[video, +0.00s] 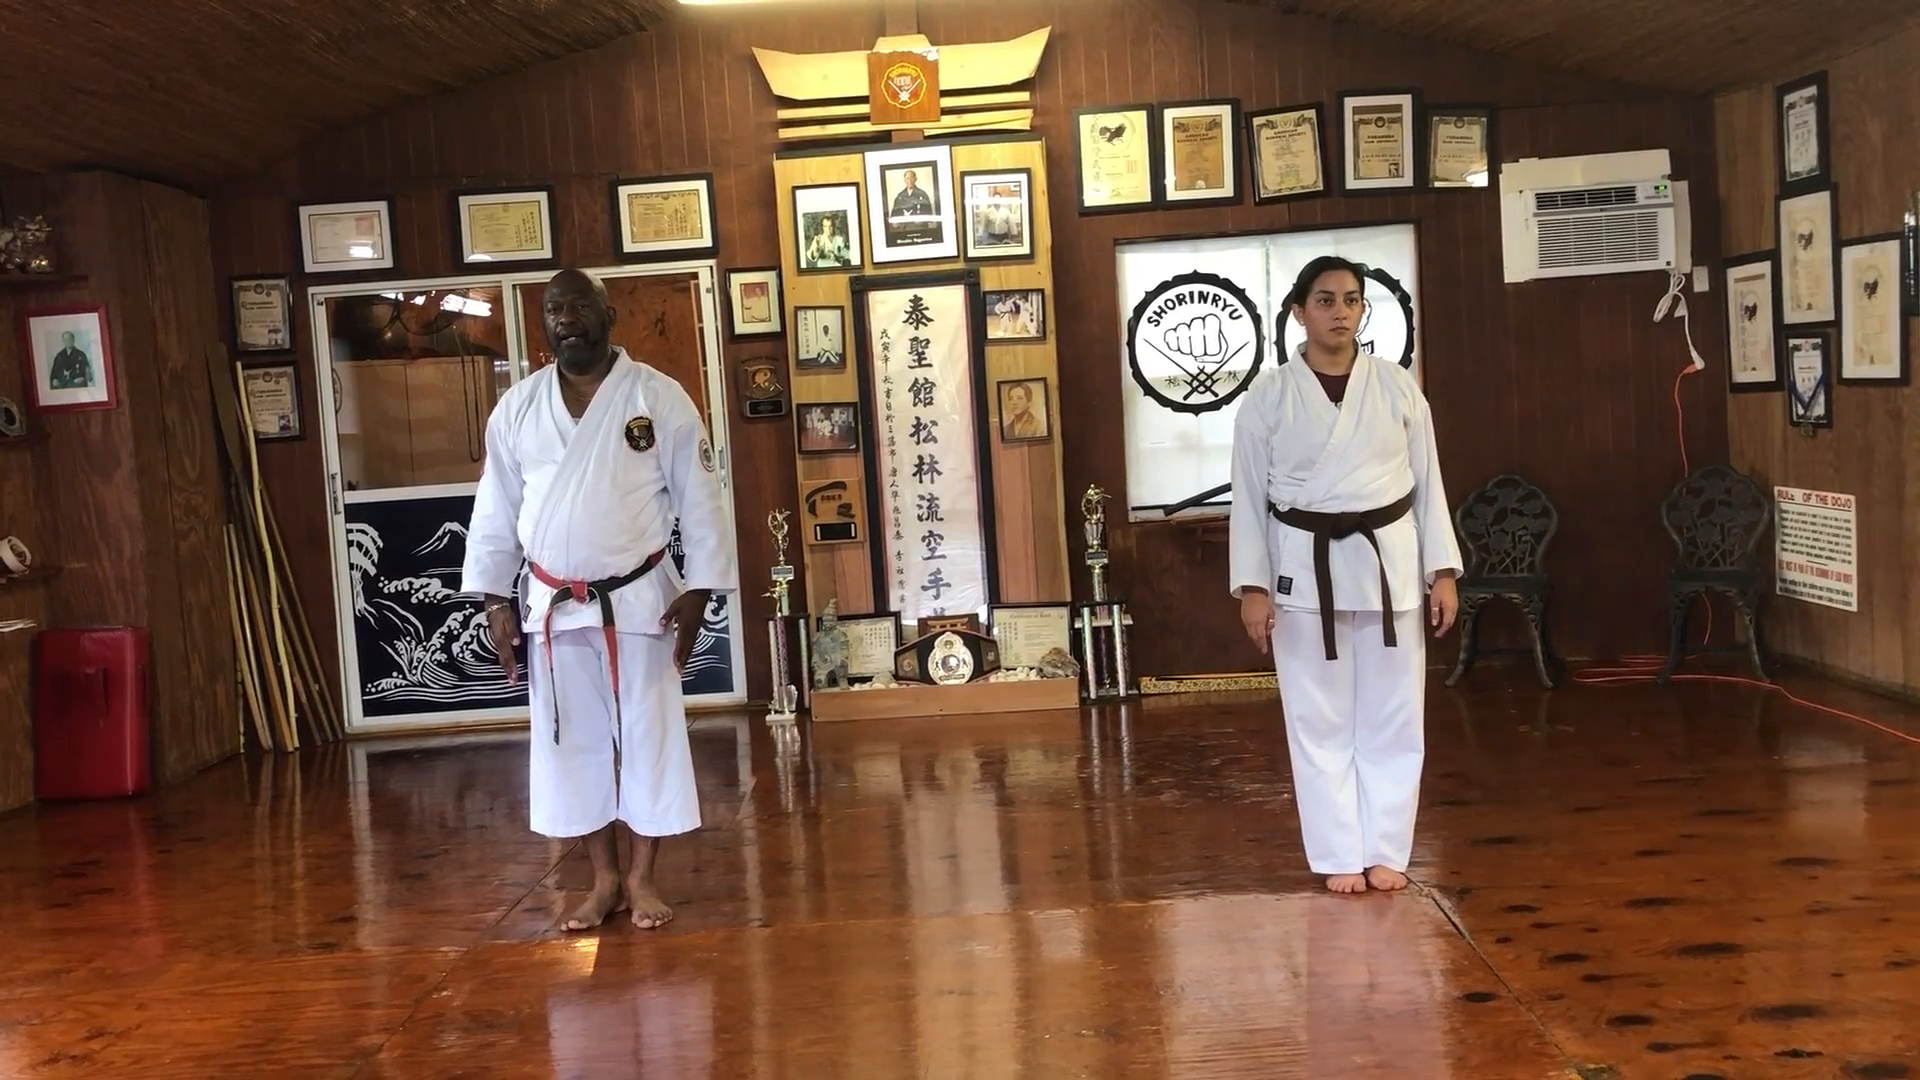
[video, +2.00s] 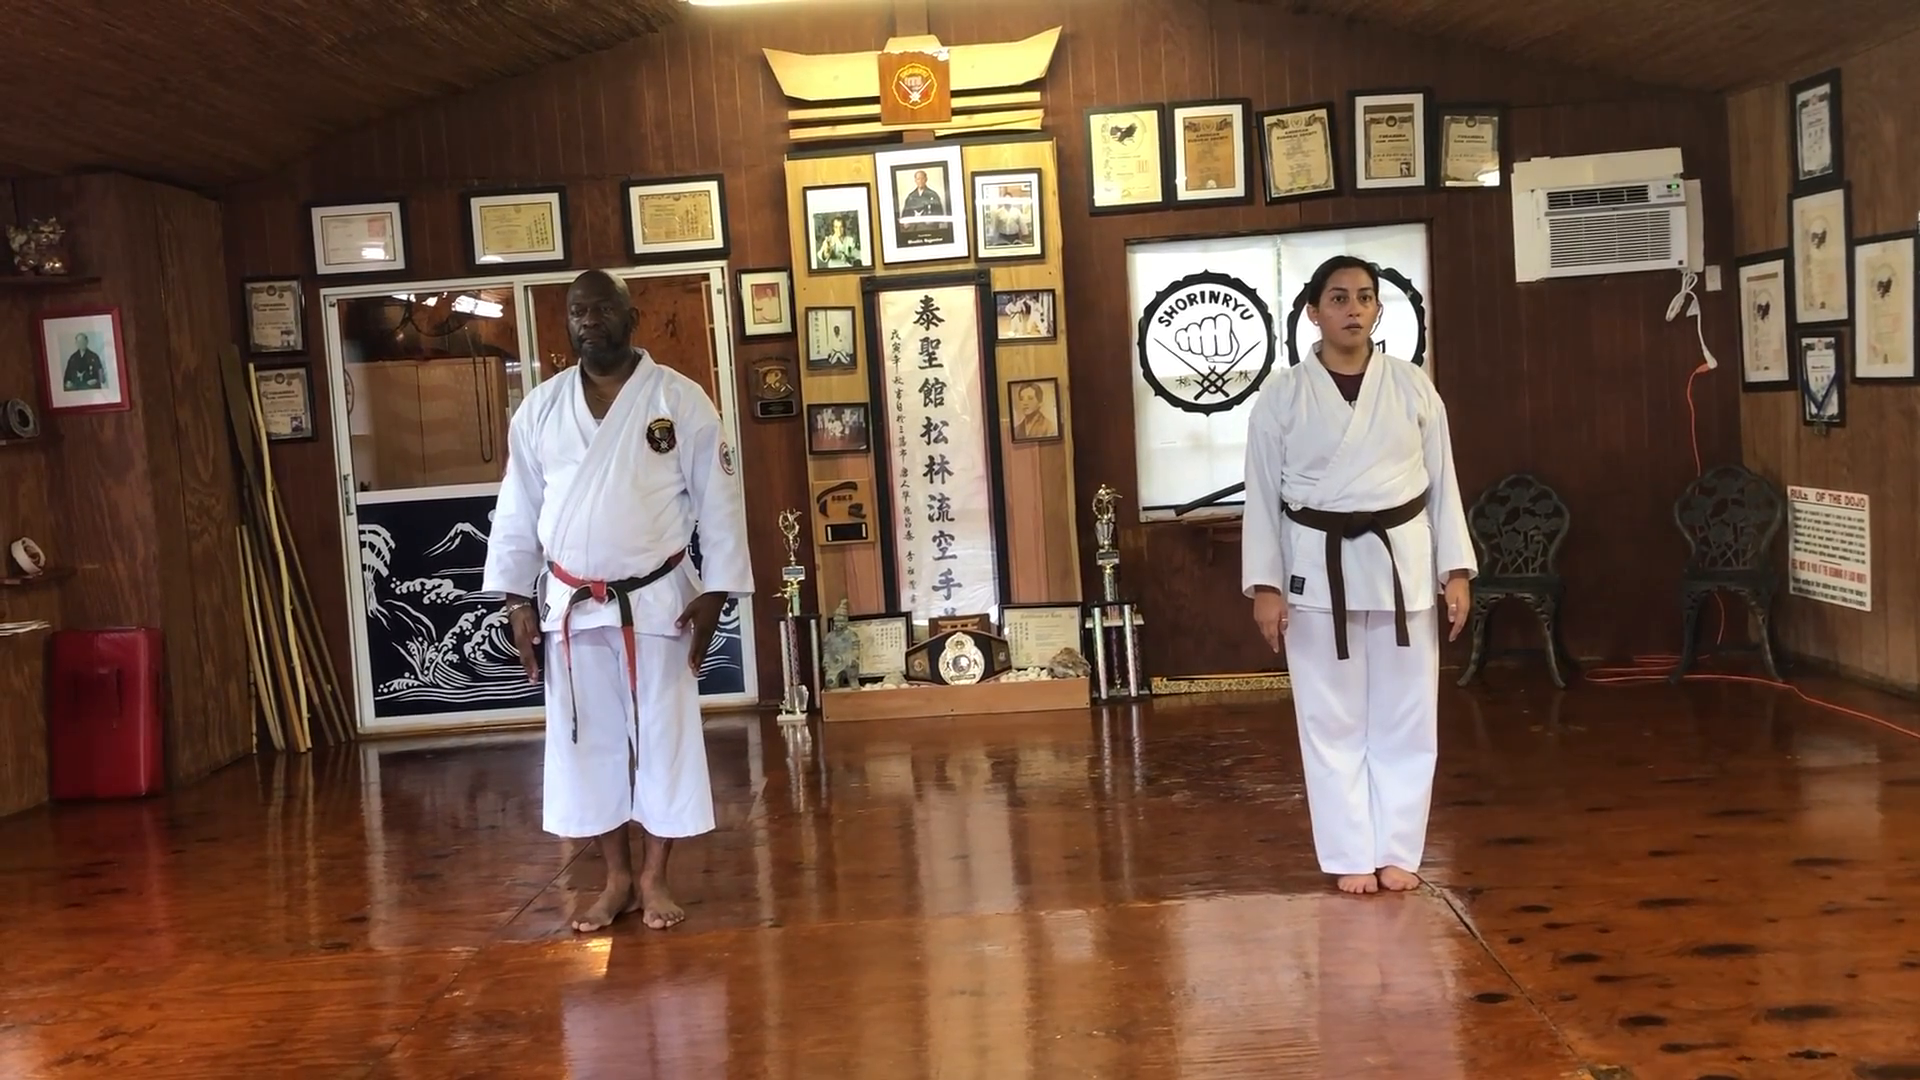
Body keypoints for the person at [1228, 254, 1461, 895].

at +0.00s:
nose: (1341, 311)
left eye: (1351, 299)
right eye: (1326, 299)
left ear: (1364, 312)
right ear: (1299, 312)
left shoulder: (1397, 386)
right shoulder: (1265, 397)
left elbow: (1427, 485)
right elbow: (1248, 498)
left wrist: (1442, 570)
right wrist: (1252, 585)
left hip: (1391, 567)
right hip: (1303, 573)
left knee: (1391, 717)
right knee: (1321, 720)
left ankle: (1386, 854)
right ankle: (1339, 859)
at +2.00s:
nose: (1354, 309)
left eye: (1365, 297)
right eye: (1339, 298)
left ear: (1378, 310)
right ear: (1313, 311)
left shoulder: (1412, 385)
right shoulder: (1280, 394)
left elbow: (1441, 484)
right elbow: (1261, 496)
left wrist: (1455, 568)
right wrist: (1264, 584)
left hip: (1404, 569)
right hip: (1316, 573)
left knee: (1404, 717)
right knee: (1333, 719)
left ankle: (1397, 855)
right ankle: (1350, 859)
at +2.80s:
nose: (1370, 397)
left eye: (1382, 382)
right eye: (1357, 383)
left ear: (1397, 375)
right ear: (1329, 375)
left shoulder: (1422, 423)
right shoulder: (1286, 429)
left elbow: (1435, 518)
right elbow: (1261, 525)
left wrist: (1430, 603)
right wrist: (1273, 615)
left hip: (1393, 574)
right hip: (1313, 578)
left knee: (1392, 715)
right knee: (1327, 719)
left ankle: (1386, 857)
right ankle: (1345, 861)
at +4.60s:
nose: (1375, 313)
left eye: (1386, 301)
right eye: (1360, 301)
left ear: (1398, 313)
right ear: (1334, 312)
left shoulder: (1429, 387)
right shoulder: (1298, 396)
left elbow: (1458, 487)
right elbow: (1276, 497)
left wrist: (1478, 570)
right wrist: (1283, 586)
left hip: (1425, 563)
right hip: (1335, 567)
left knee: (1455, 710)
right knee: (1345, 721)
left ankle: (1480, 844)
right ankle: (1356, 860)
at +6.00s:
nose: (1442, 351)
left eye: (1452, 338)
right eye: (1427, 338)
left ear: (1465, 347)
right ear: (1402, 349)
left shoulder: (1497, 426)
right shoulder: (1365, 432)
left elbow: (1525, 521)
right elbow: (1343, 525)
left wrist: (1541, 605)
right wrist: (1347, 609)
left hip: (1487, 604)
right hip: (1393, 605)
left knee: (1500, 758)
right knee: (1377, 758)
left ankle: (1516, 891)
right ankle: (1359, 895)